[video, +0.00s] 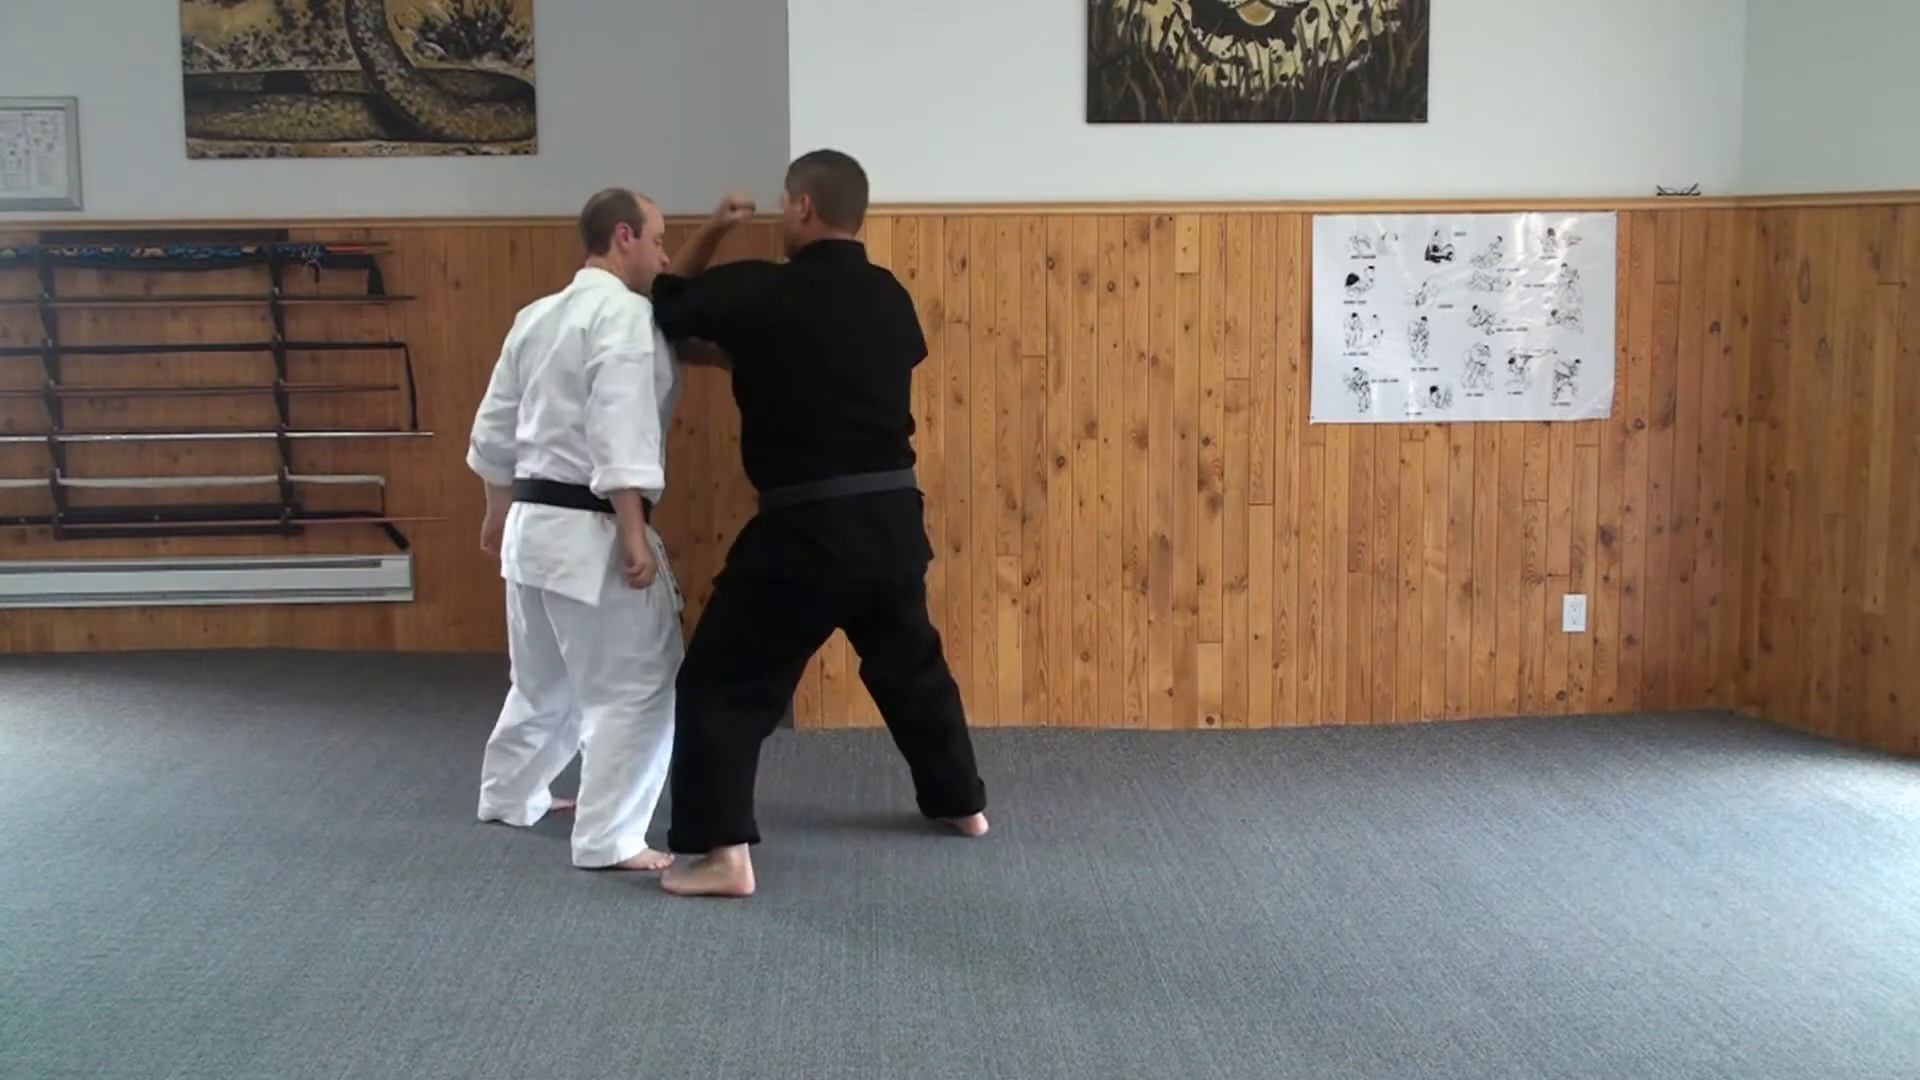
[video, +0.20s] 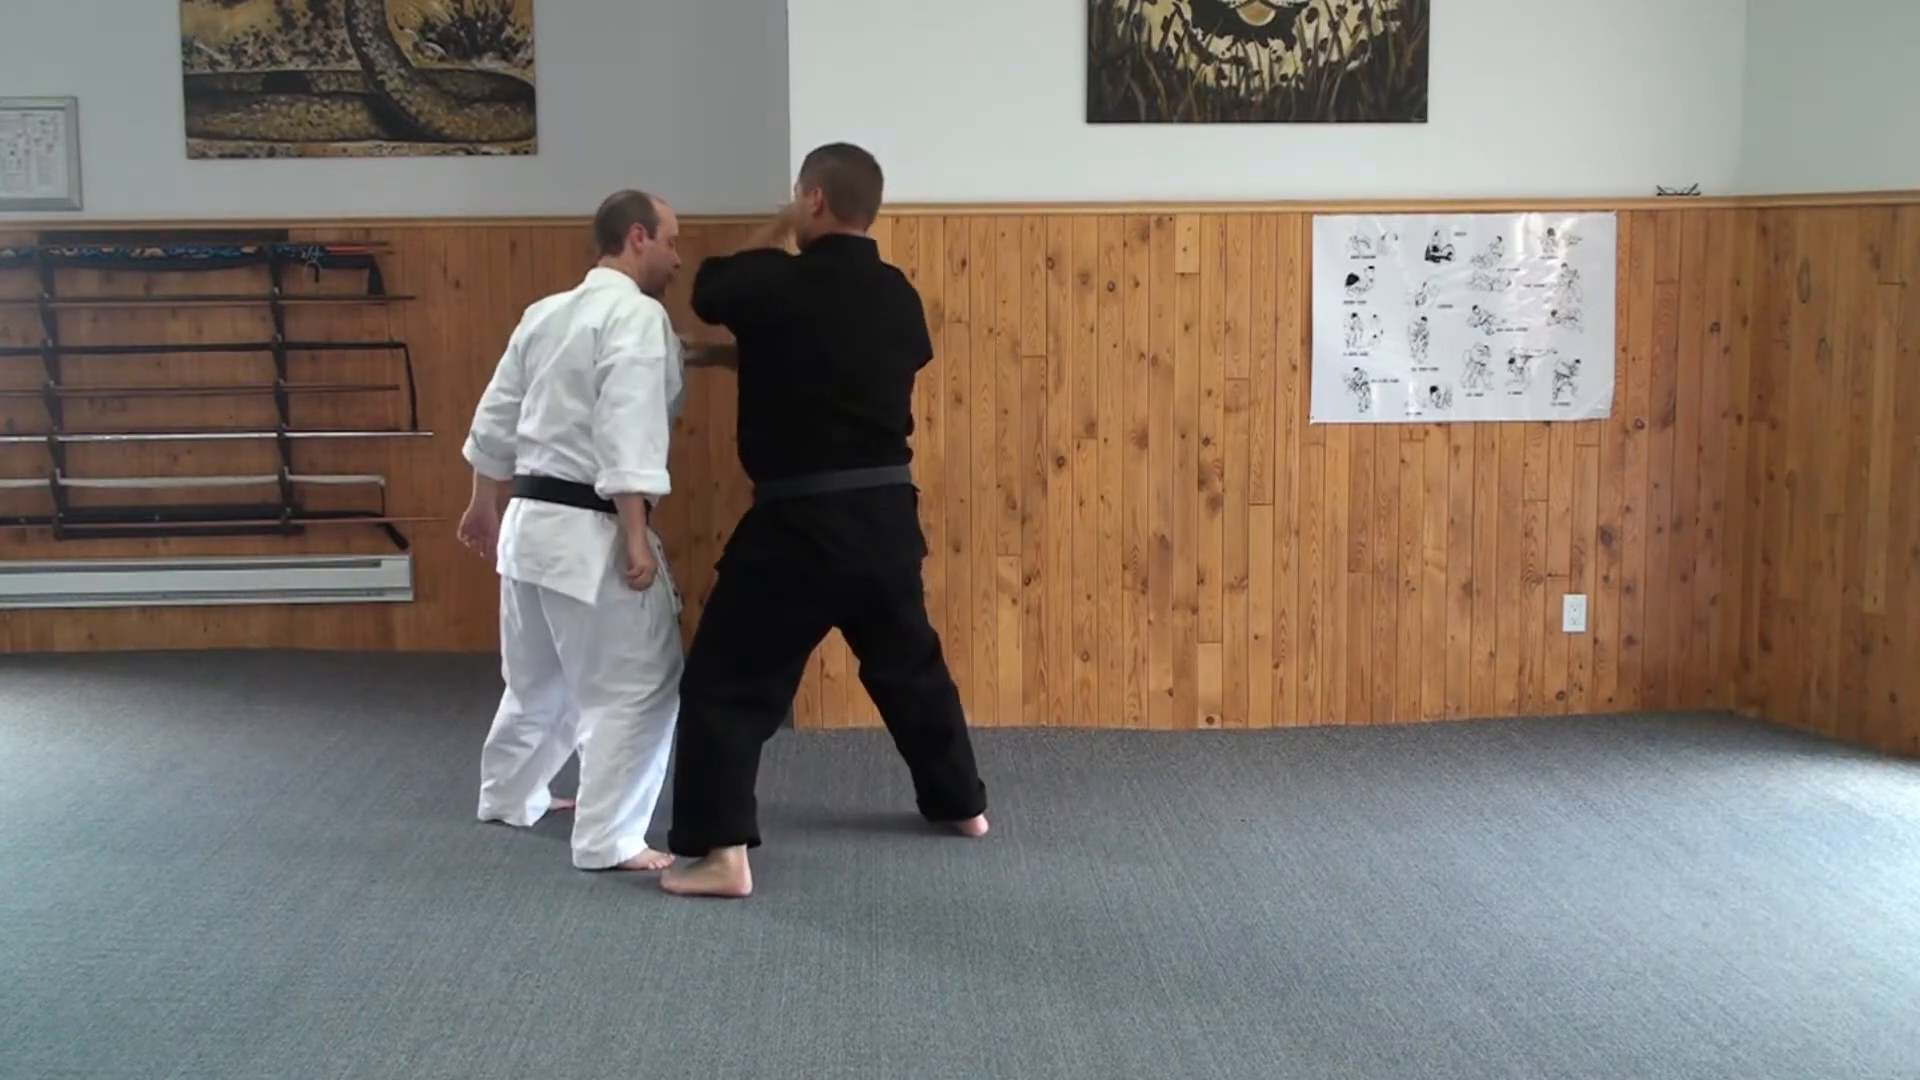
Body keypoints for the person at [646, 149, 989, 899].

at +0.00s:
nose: (781, 213)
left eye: (785, 202)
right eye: (788, 202)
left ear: (802, 209)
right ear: (858, 217)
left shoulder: (761, 292)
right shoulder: (889, 294)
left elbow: (669, 304)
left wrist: (715, 232)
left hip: (800, 528)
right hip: (893, 522)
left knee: (716, 681)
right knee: (910, 662)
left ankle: (724, 854)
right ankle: (963, 805)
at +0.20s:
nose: (793, 204)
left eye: (797, 193)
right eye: (800, 193)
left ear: (813, 200)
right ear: (872, 212)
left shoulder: (775, 283)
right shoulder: (899, 293)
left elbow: (704, 292)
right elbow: (829, 351)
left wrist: (776, 243)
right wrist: (722, 354)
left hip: (794, 521)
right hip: (886, 516)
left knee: (722, 679)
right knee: (910, 662)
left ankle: (722, 855)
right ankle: (962, 806)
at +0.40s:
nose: (792, 212)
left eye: (795, 200)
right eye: (798, 200)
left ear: (813, 203)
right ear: (869, 212)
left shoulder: (779, 281)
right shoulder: (899, 295)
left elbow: (691, 304)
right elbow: (816, 357)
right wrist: (708, 354)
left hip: (789, 522)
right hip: (882, 518)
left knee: (720, 681)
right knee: (907, 665)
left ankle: (721, 855)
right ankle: (962, 807)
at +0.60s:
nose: (782, 223)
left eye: (784, 211)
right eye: (787, 210)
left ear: (804, 214)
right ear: (857, 220)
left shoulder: (779, 289)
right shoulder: (887, 304)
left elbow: (668, 309)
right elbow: (797, 387)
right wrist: (698, 357)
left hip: (792, 531)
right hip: (879, 525)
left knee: (705, 683)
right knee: (897, 666)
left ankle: (723, 849)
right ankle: (962, 806)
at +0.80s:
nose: (756, 214)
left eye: (759, 200)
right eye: (758, 200)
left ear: (785, 197)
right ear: (828, 197)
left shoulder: (771, 268)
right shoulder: (870, 277)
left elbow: (641, 294)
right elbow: (774, 375)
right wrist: (671, 351)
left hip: (802, 509)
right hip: (878, 504)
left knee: (737, 674)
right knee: (866, 649)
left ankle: (724, 854)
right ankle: (940, 789)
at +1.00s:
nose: (730, 236)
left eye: (730, 224)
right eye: (726, 226)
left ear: (758, 212)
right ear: (791, 208)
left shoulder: (768, 261)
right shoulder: (852, 266)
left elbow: (643, 289)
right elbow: (778, 370)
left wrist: (626, 271)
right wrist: (683, 348)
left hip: (857, 492)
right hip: (907, 482)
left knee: (848, 671)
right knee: (839, 654)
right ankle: (826, 796)